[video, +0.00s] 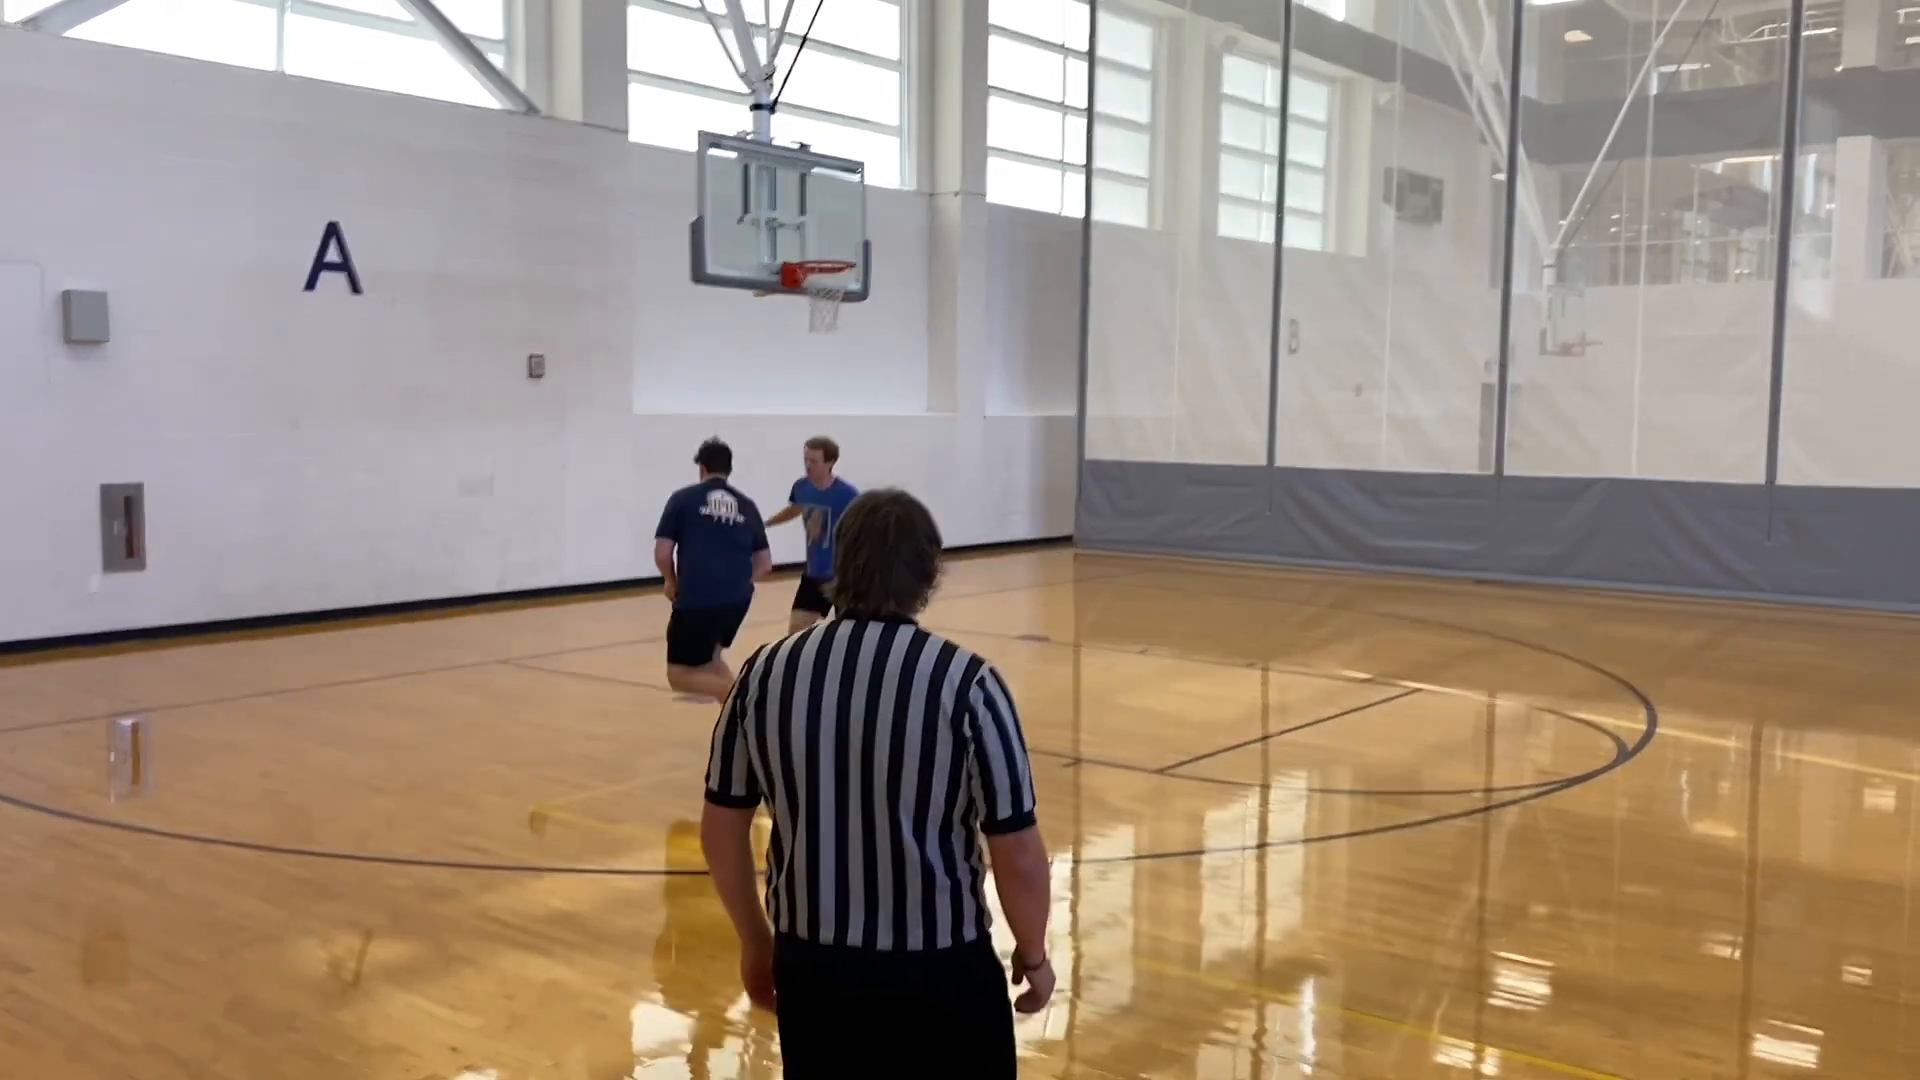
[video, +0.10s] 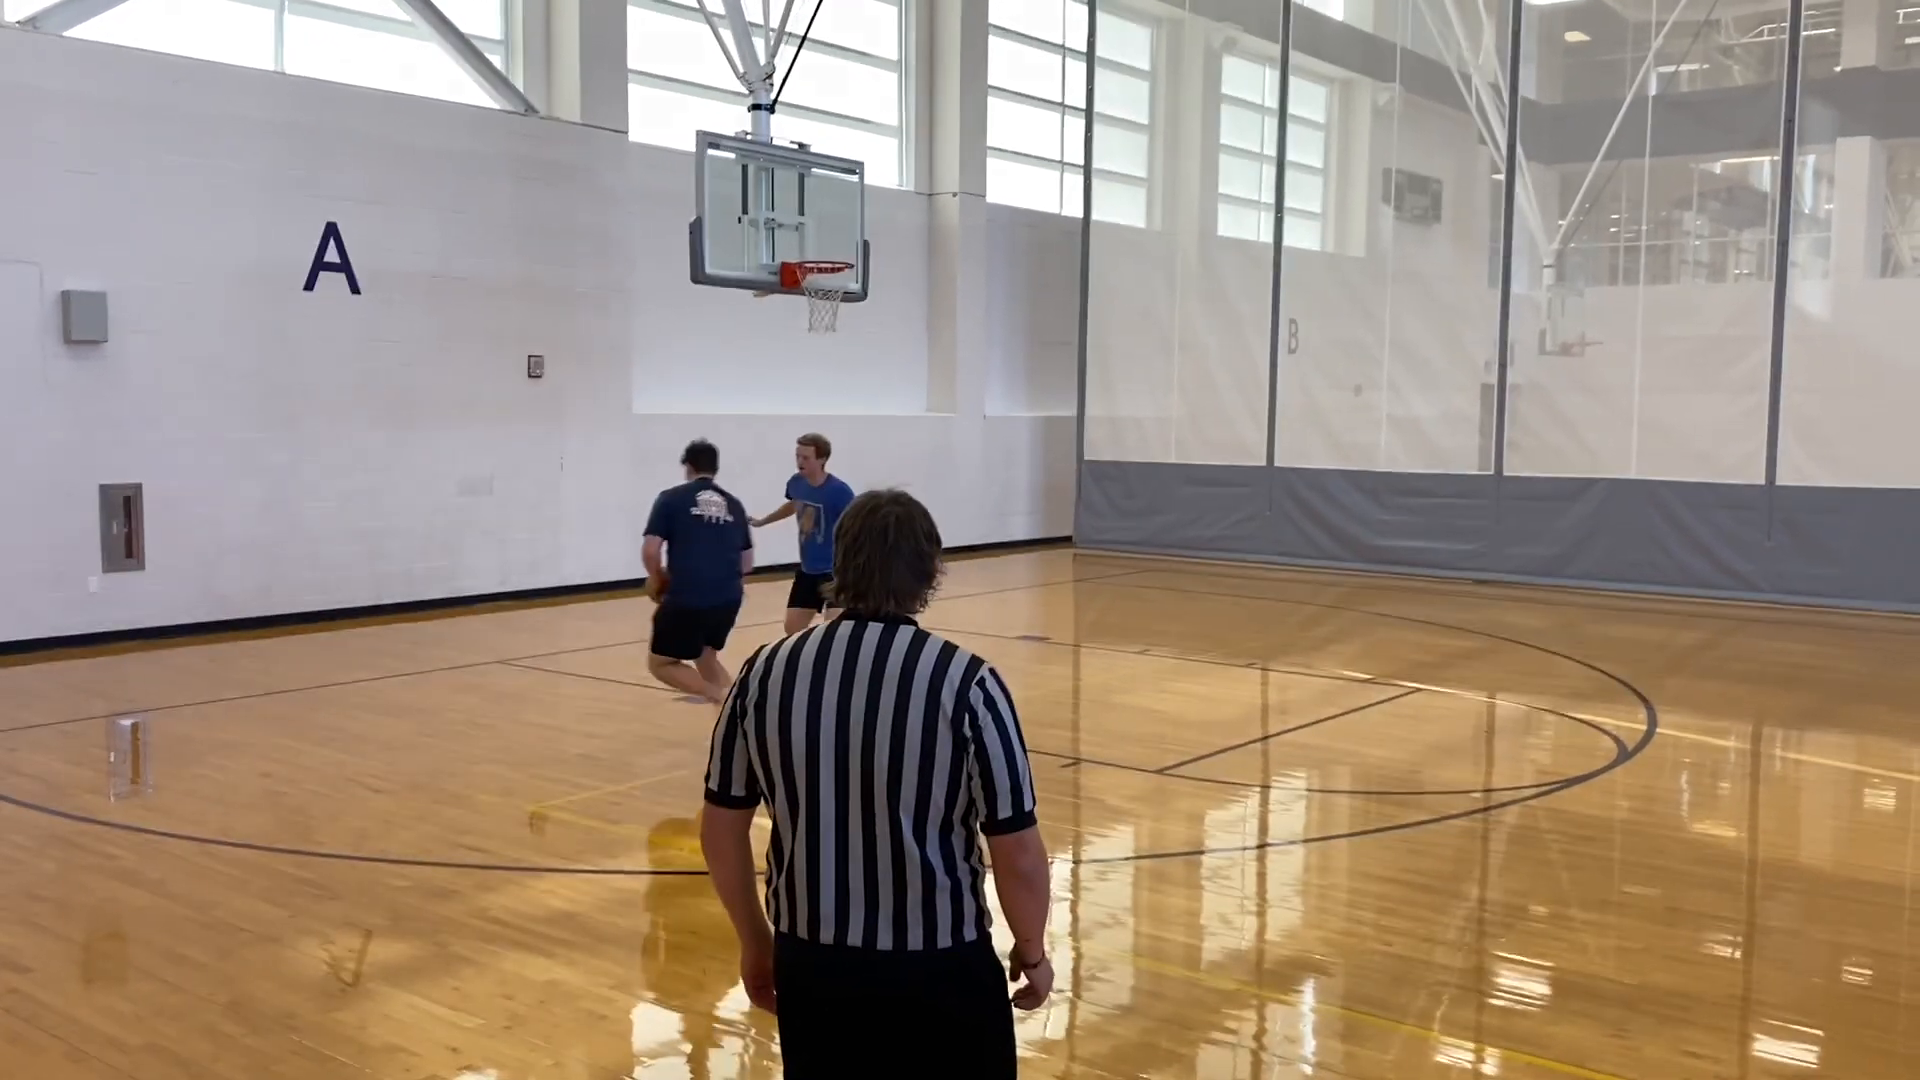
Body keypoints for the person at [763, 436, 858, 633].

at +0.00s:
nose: (807, 466)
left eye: (813, 461)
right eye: (806, 460)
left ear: (829, 464)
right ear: (803, 460)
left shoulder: (848, 495)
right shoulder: (801, 488)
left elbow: (861, 534)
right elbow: (795, 509)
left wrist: (851, 571)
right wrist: (764, 525)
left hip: (843, 577)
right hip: (813, 576)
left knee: (851, 633)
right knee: (796, 636)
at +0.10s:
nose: (799, 463)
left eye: (805, 458)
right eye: (798, 457)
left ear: (822, 460)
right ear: (795, 457)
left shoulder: (840, 493)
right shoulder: (796, 483)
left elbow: (855, 533)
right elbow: (793, 506)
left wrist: (847, 574)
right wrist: (762, 521)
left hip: (835, 574)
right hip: (807, 573)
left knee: (836, 631)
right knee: (793, 627)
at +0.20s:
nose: (792, 459)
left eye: (798, 454)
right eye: (791, 453)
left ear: (814, 456)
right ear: (788, 453)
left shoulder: (833, 488)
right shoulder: (791, 480)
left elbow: (854, 524)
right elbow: (792, 503)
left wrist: (849, 566)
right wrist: (763, 519)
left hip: (829, 569)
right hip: (802, 568)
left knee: (828, 626)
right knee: (789, 621)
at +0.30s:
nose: (786, 456)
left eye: (792, 451)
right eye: (785, 450)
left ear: (809, 453)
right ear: (783, 450)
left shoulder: (825, 483)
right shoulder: (786, 477)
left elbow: (853, 517)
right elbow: (790, 504)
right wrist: (764, 518)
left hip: (826, 564)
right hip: (798, 562)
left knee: (818, 620)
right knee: (783, 618)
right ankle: (799, 665)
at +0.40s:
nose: (780, 455)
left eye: (786, 450)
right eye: (779, 450)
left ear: (802, 453)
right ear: (777, 450)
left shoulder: (819, 483)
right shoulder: (782, 476)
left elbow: (848, 517)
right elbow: (788, 506)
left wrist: (847, 560)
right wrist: (764, 522)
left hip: (821, 563)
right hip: (793, 560)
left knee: (810, 618)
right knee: (774, 613)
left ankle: (821, 667)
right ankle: (794, 664)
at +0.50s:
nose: (774, 455)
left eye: (780, 450)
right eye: (773, 449)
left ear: (797, 452)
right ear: (772, 449)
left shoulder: (813, 482)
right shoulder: (778, 477)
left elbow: (843, 517)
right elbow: (785, 510)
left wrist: (840, 548)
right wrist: (763, 526)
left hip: (816, 563)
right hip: (788, 560)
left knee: (805, 619)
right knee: (767, 610)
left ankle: (819, 668)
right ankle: (787, 664)